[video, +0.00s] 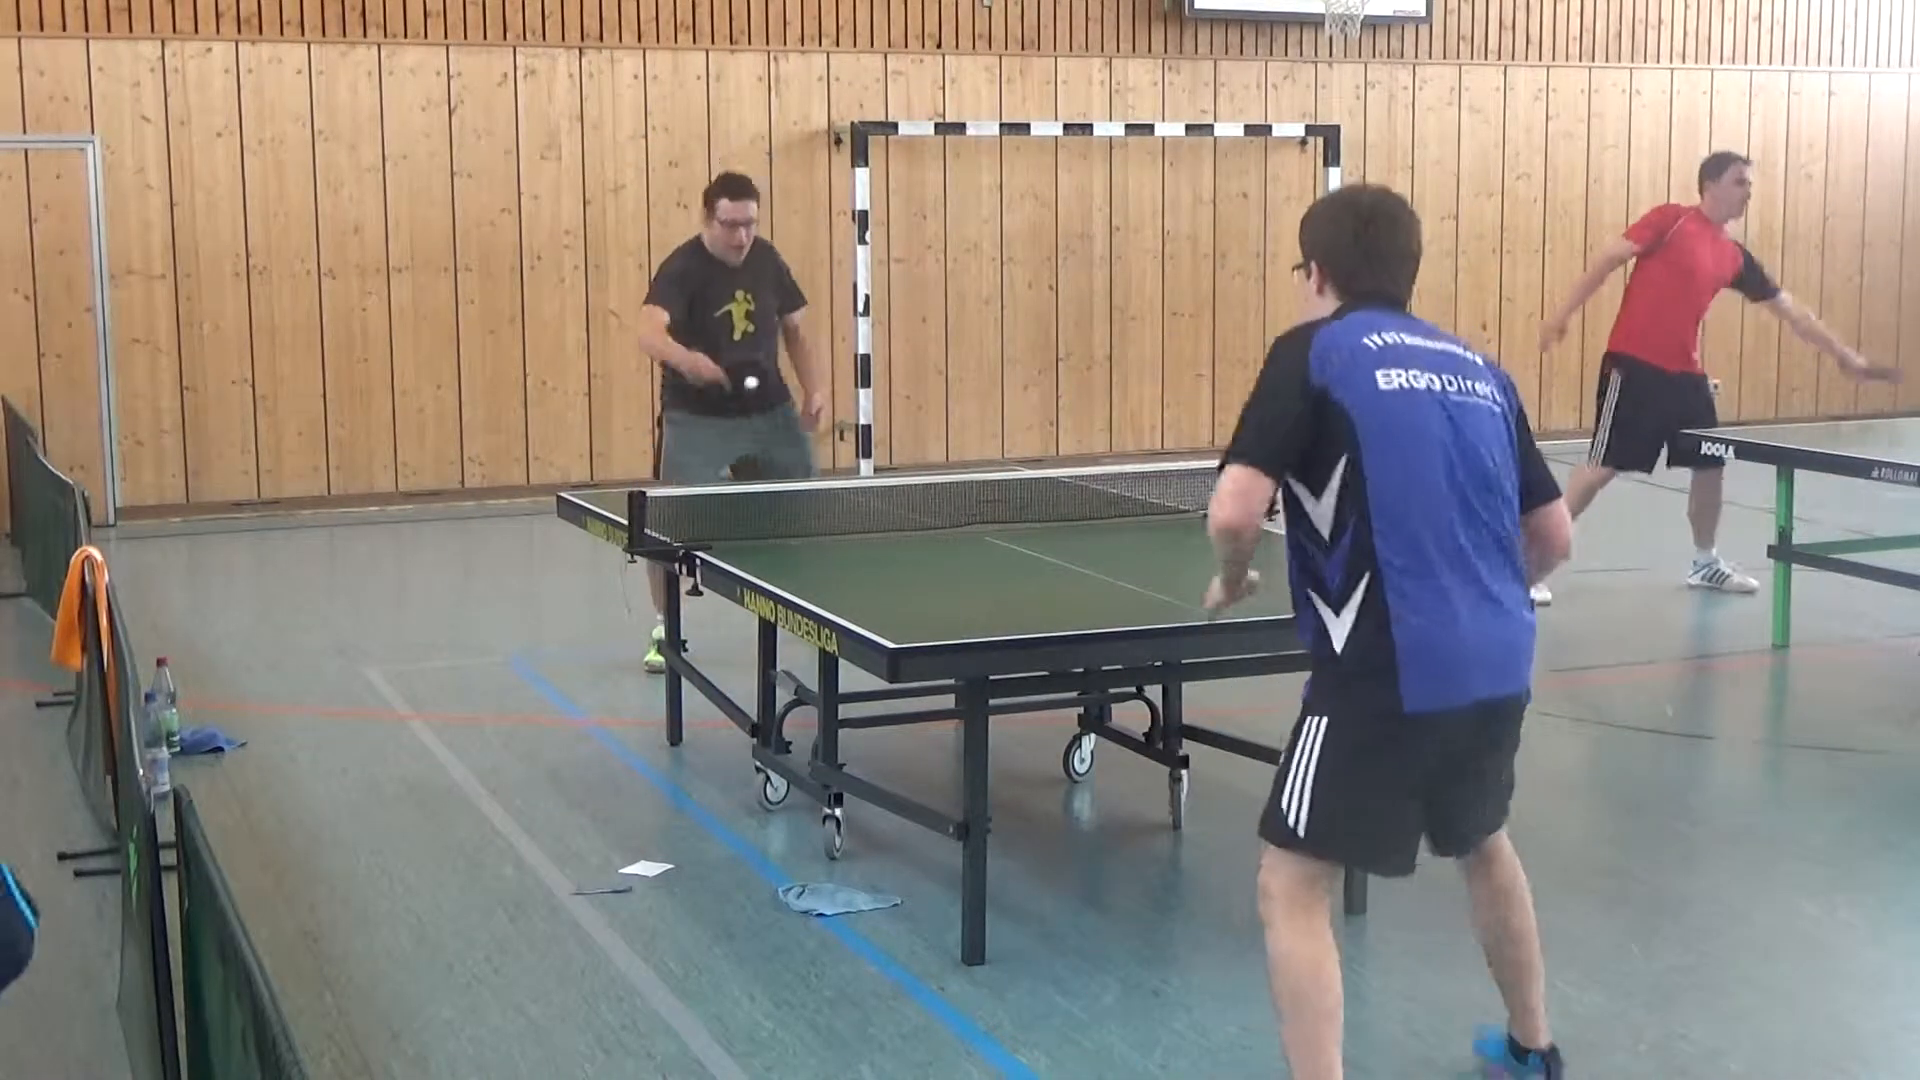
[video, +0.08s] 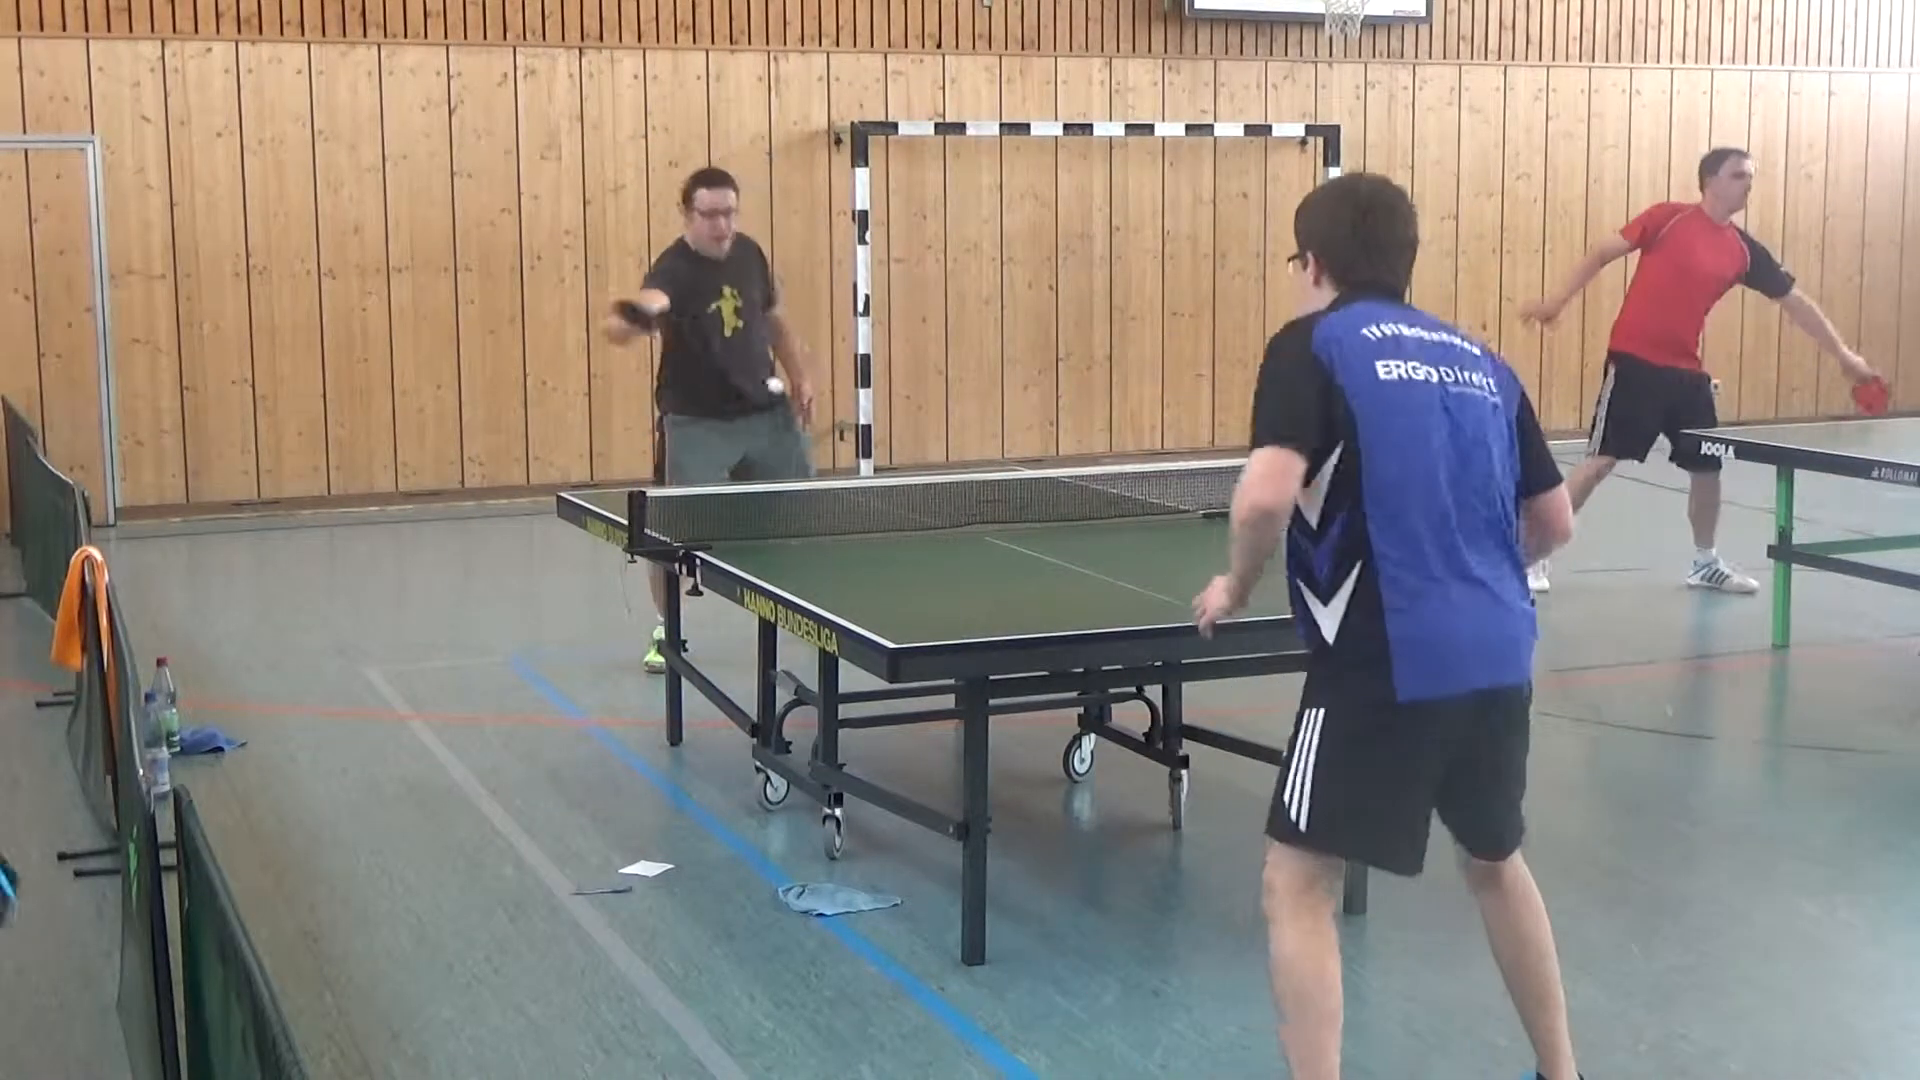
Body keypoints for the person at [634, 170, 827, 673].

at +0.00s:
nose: (742, 236)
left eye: (749, 224)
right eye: (731, 225)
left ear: (757, 219)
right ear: (707, 220)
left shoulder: (766, 259)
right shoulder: (682, 267)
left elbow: (796, 330)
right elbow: (649, 334)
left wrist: (816, 387)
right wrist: (687, 359)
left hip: (773, 417)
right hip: (701, 423)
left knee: (808, 517)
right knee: (672, 524)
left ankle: (817, 617)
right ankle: (666, 629)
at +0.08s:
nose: (722, 225)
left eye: (729, 213)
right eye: (711, 215)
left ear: (738, 212)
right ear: (687, 216)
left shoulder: (749, 253)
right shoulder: (673, 268)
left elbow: (774, 318)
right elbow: (626, 329)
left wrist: (800, 376)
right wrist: (633, 318)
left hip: (767, 418)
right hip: (698, 426)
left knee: (804, 519)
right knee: (671, 529)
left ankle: (821, 621)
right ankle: (666, 630)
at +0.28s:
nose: (676, 176)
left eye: (684, 165)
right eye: (664, 167)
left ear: (696, 168)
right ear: (646, 175)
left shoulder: (723, 215)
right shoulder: (643, 242)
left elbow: (762, 270)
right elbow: (601, 297)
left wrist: (802, 310)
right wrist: (575, 354)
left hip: (759, 383)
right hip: (697, 400)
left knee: (773, 507)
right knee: (686, 516)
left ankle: (794, 611)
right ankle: (668, 628)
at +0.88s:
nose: (715, 159)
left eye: (725, 150)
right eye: (705, 150)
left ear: (740, 159)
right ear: (688, 159)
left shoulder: (771, 217)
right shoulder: (673, 236)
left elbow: (811, 285)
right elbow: (642, 325)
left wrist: (822, 345)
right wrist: (638, 413)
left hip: (778, 392)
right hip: (705, 399)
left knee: (783, 521)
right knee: (683, 521)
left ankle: (785, 629)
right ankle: (667, 627)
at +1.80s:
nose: (796, 169)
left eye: (808, 162)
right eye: (789, 157)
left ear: (820, 169)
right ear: (772, 158)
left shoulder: (833, 232)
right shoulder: (732, 224)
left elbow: (853, 317)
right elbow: (686, 301)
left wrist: (848, 386)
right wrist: (693, 376)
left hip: (803, 410)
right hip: (728, 403)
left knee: (784, 543)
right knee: (706, 527)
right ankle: (692, 638)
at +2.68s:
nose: (745, 166)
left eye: (746, 157)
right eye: (734, 158)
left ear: (746, 161)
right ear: (701, 164)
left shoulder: (765, 218)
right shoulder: (673, 236)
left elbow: (793, 301)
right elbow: (660, 332)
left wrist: (804, 372)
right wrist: (685, 410)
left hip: (770, 394)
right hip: (704, 401)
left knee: (770, 513)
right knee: (701, 512)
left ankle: (785, 621)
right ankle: (718, 608)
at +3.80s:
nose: (828, 168)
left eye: (828, 159)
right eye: (818, 160)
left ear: (818, 167)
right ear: (785, 168)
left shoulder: (836, 227)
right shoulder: (743, 227)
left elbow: (862, 304)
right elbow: (718, 319)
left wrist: (843, 341)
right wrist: (732, 393)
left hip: (818, 389)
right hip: (758, 388)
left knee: (811, 505)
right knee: (734, 501)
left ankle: (808, 606)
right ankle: (722, 602)